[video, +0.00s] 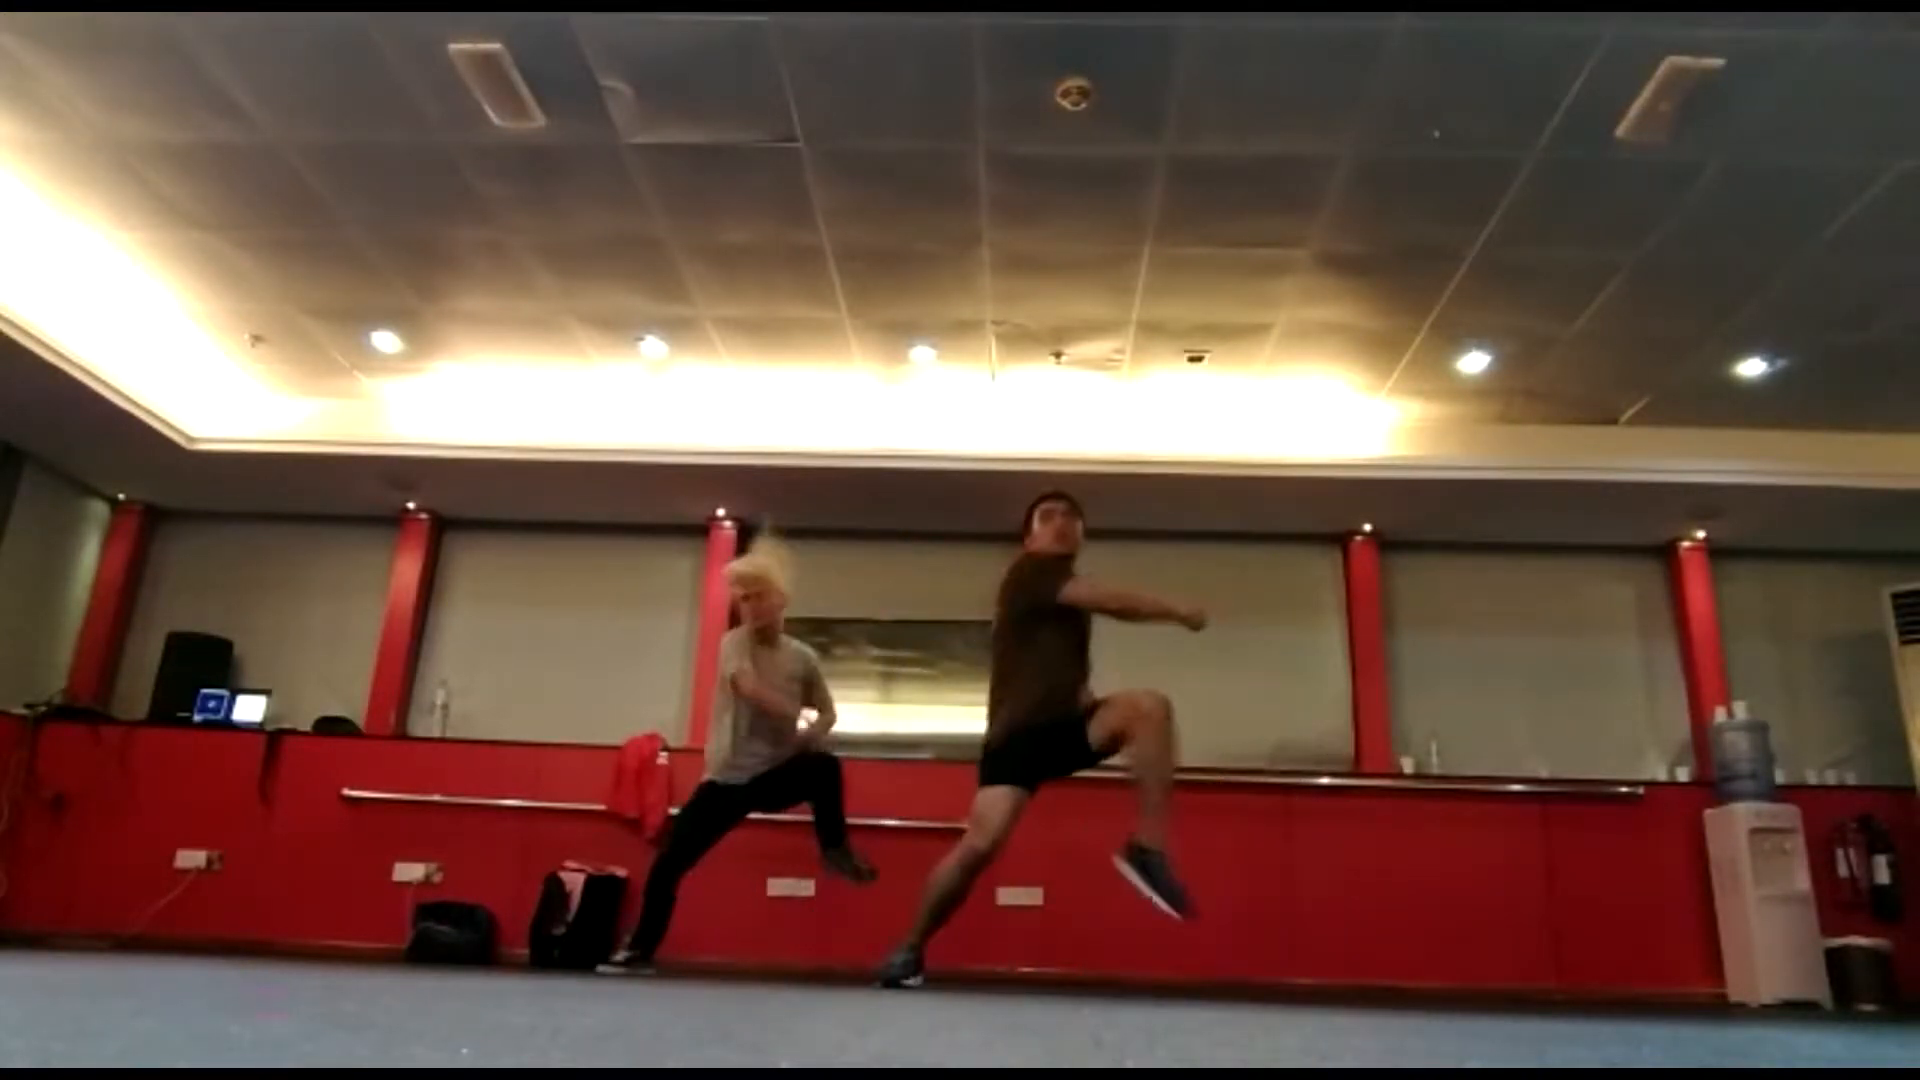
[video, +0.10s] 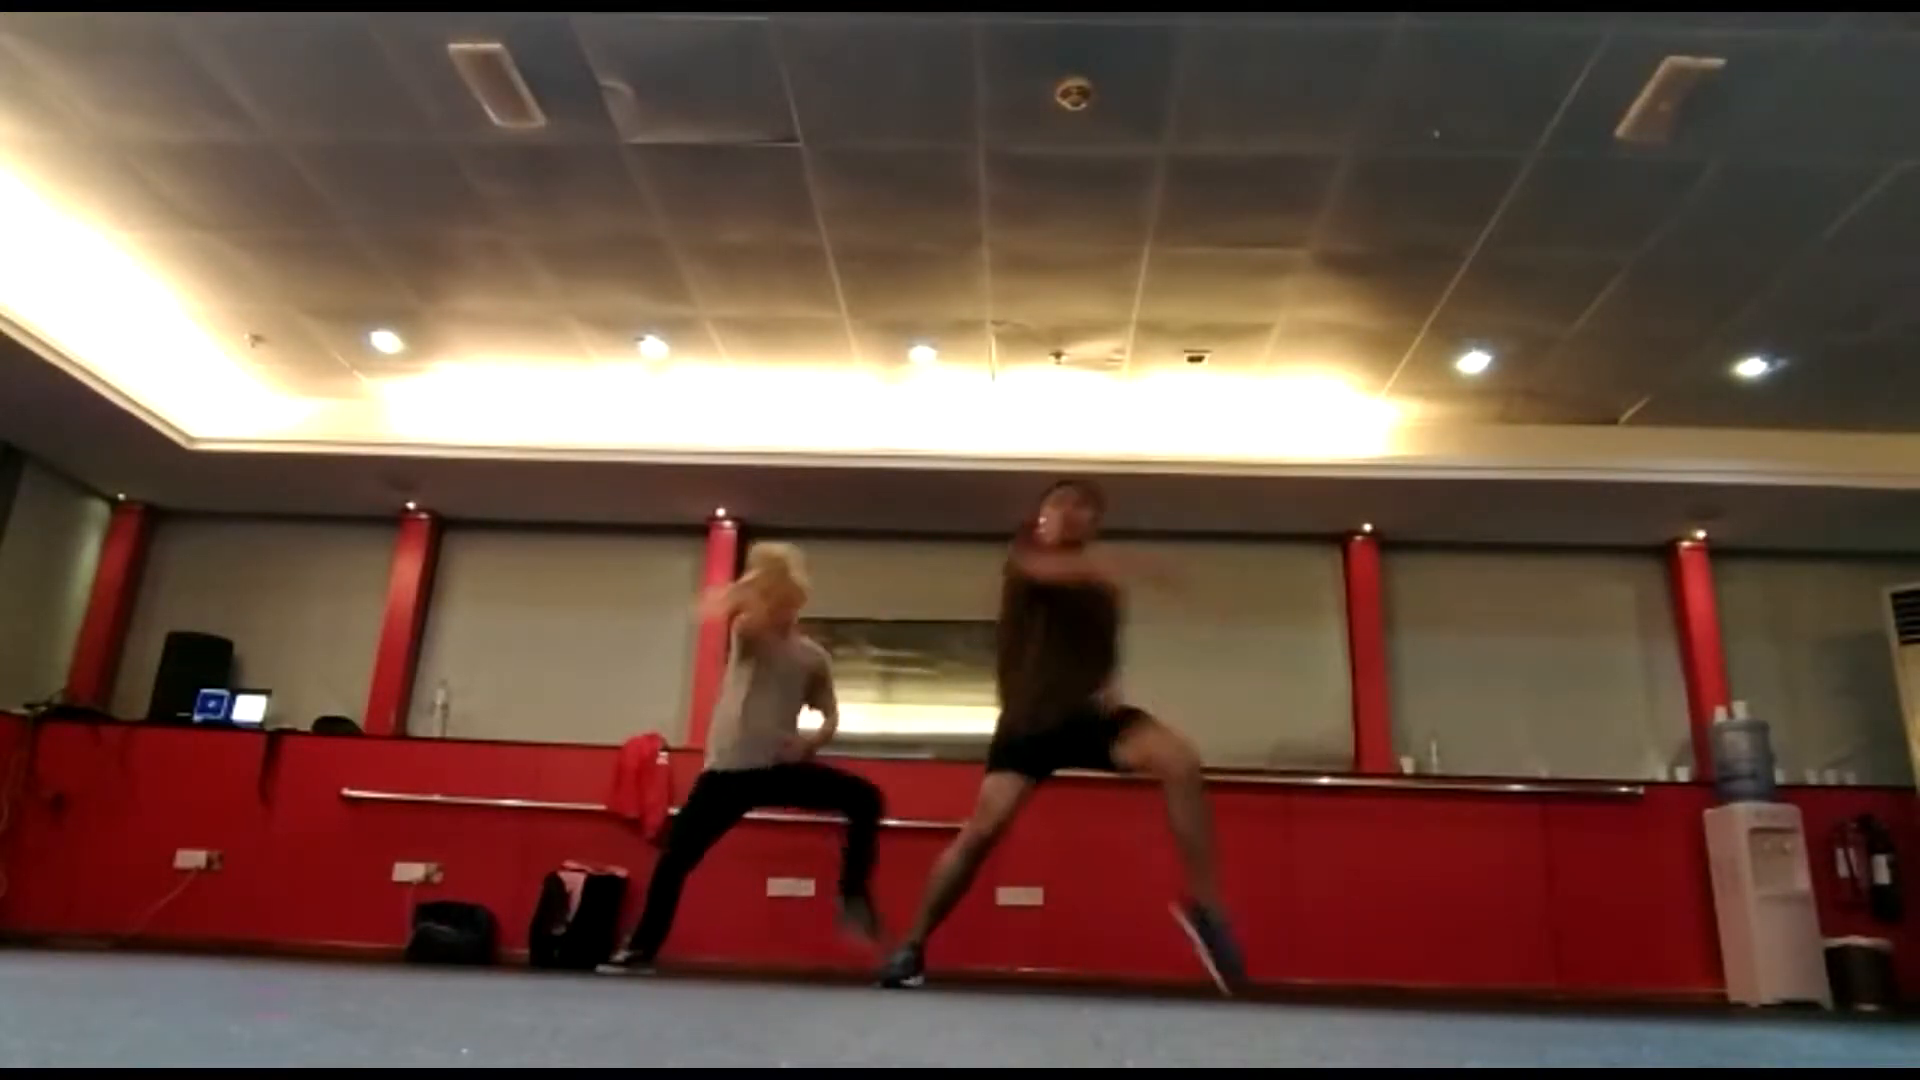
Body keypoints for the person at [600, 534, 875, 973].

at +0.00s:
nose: (749, 608)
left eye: (756, 598)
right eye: (743, 600)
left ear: (780, 600)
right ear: (736, 604)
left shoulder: (800, 658)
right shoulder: (735, 644)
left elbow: (827, 713)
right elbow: (745, 687)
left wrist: (807, 741)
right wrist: (794, 712)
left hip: (774, 777)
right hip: (726, 781)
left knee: (824, 765)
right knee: (669, 862)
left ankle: (836, 849)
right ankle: (641, 949)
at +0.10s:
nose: (768, 602)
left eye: (775, 593)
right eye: (762, 593)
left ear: (792, 598)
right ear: (750, 597)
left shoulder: (811, 656)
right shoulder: (747, 637)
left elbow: (830, 718)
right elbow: (743, 624)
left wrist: (809, 746)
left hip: (780, 772)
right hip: (728, 774)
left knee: (863, 798)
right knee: (675, 858)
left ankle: (855, 900)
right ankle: (642, 950)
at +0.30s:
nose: (817, 600)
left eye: (826, 591)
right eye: (809, 591)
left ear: (839, 598)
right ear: (797, 598)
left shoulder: (853, 650)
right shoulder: (781, 640)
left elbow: (883, 711)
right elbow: (737, 652)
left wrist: (853, 751)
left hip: (830, 781)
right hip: (775, 781)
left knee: (892, 851)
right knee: (713, 864)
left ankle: (857, 954)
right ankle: (643, 945)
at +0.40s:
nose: (806, 606)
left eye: (814, 596)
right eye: (798, 598)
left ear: (831, 601)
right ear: (789, 606)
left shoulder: (859, 639)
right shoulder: (796, 653)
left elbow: (906, 685)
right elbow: (768, 696)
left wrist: (879, 738)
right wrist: (762, 745)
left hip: (874, 777)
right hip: (827, 779)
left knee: (855, 867)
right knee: (768, 834)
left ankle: (893, 950)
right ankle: (768, 936)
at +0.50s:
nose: (795, 630)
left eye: (803, 619)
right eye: (787, 622)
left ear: (826, 620)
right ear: (782, 630)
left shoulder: (849, 661)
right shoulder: (801, 678)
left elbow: (896, 713)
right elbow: (797, 743)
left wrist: (885, 773)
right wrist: (796, 799)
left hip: (903, 770)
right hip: (859, 775)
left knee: (857, 860)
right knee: (819, 853)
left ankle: (906, 952)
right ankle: (853, 951)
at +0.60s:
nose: (800, 629)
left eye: (801, 619)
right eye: (796, 623)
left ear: (818, 607)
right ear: (805, 621)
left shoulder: (860, 630)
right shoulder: (825, 650)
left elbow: (879, 685)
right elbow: (809, 693)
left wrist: (871, 748)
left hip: (919, 760)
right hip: (879, 762)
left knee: (881, 855)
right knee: (844, 852)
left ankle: (908, 952)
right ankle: (859, 952)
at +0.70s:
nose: (829, 581)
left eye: (833, 571)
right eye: (825, 574)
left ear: (853, 567)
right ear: (831, 576)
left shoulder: (883, 615)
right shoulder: (842, 621)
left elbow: (882, 606)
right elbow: (803, 652)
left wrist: (872, 567)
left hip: (912, 744)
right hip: (872, 746)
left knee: (891, 850)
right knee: (862, 855)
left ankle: (911, 950)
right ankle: (862, 951)